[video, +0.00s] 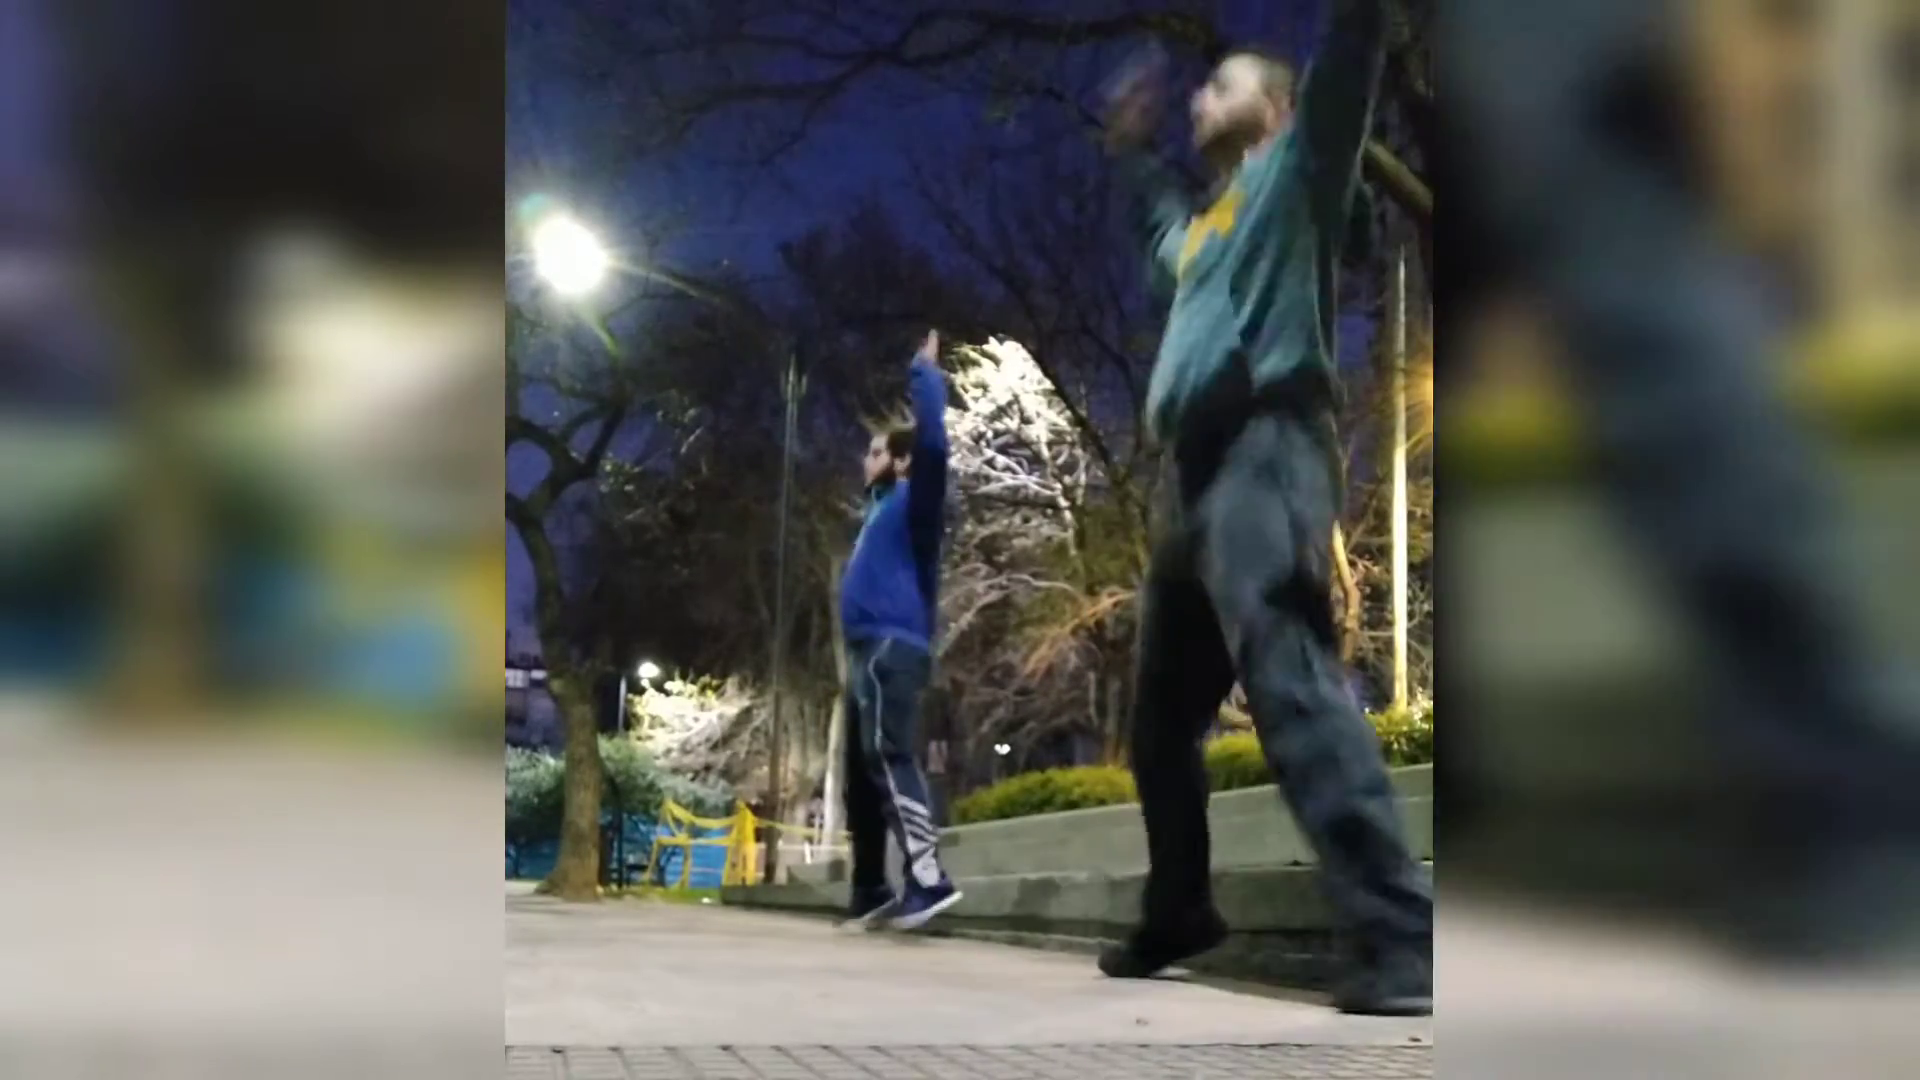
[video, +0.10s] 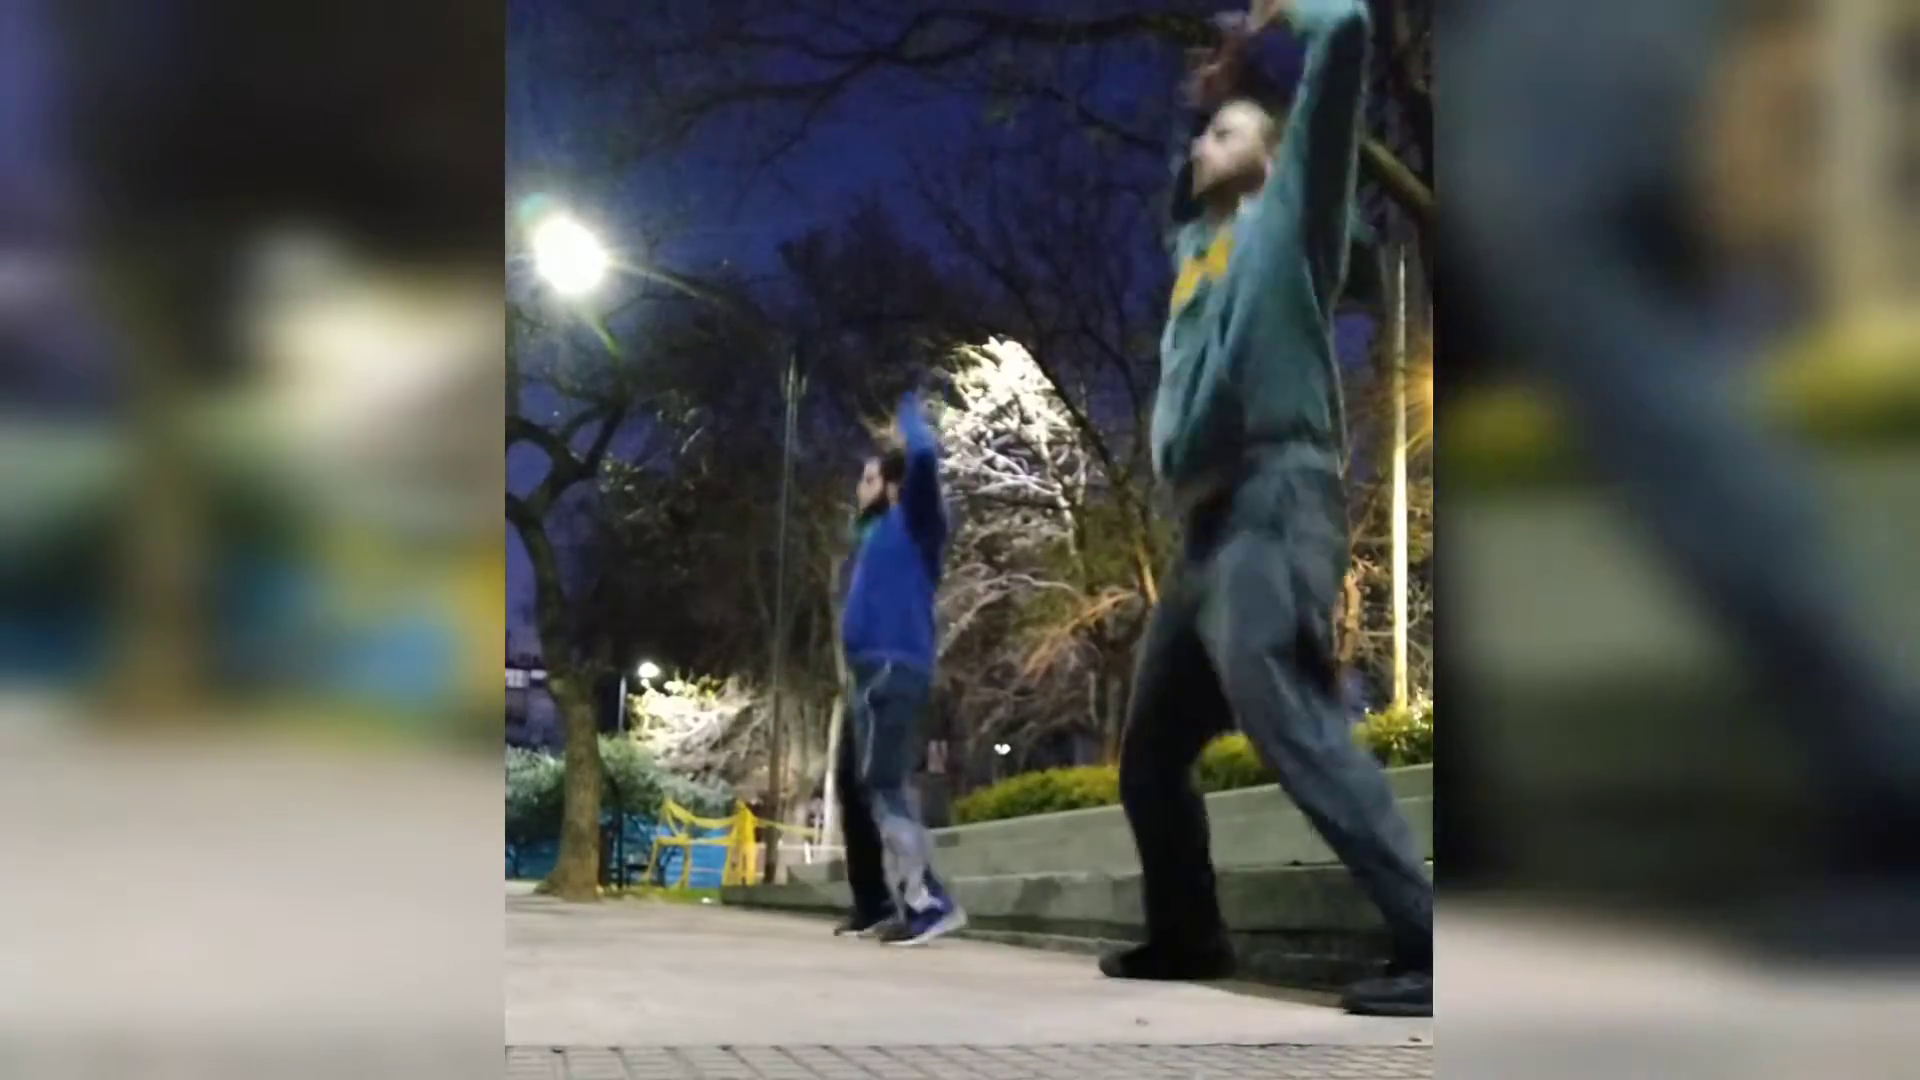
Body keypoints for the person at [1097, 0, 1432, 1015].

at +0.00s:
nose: (1205, 93)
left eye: (1226, 83)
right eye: (1206, 83)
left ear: (1278, 104)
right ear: (1211, 114)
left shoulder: (1299, 169)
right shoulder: (1197, 227)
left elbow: (1348, 57)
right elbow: (1168, 250)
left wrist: (1363, 4)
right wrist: (1143, 158)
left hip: (1269, 442)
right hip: (1194, 466)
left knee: (1287, 676)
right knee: (1162, 707)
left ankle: (1397, 937)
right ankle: (1179, 911)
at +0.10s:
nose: (1209, 142)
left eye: (1233, 129)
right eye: (1206, 130)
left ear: (1276, 148)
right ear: (1204, 154)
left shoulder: (1292, 213)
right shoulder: (1194, 243)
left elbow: (1343, 35)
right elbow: (1185, 178)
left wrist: (1292, 13)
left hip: (1280, 491)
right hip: (1209, 511)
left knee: (1274, 704)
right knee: (1153, 750)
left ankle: (1420, 938)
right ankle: (1186, 937)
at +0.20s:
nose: (1217, 115)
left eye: (1241, 104)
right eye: (1215, 105)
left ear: (1286, 132)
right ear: (1215, 137)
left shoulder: (1310, 197)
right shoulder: (1198, 235)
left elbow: (1370, 49)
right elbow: (1180, 205)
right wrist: (1168, 141)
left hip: (1286, 469)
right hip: (1205, 494)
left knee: (1297, 691)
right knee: (1171, 726)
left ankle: (1410, 944)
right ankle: (1184, 936)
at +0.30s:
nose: (1209, 85)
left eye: (1232, 73)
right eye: (1211, 75)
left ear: (1286, 94)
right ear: (1222, 107)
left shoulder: (1305, 161)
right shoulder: (1211, 225)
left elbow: (1380, 73)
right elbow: (1170, 279)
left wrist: (1418, 14)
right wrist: (1098, 234)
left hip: (1286, 434)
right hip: (1218, 459)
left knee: (1315, 675)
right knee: (1190, 690)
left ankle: (1394, 935)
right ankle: (1183, 908)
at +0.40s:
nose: (1204, 74)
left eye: (1226, 61)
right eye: (1205, 64)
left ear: (1279, 86)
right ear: (1221, 99)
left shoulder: (1287, 147)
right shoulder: (1218, 203)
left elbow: (1374, 173)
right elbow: (1202, 354)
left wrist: (1377, 261)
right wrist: (1119, 416)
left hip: (1284, 423)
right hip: (1218, 445)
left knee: (1287, 665)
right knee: (1198, 690)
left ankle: (1344, 918)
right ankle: (1239, 917)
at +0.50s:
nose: (1201, 104)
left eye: (1224, 92)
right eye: (1203, 95)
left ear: (1276, 117)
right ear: (1212, 126)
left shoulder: (1312, 188)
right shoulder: (1214, 242)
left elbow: (1388, 317)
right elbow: (1203, 384)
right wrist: (1168, 485)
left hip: (1278, 464)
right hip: (1210, 478)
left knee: (1272, 696)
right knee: (1202, 711)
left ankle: (1327, 941)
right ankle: (1263, 935)